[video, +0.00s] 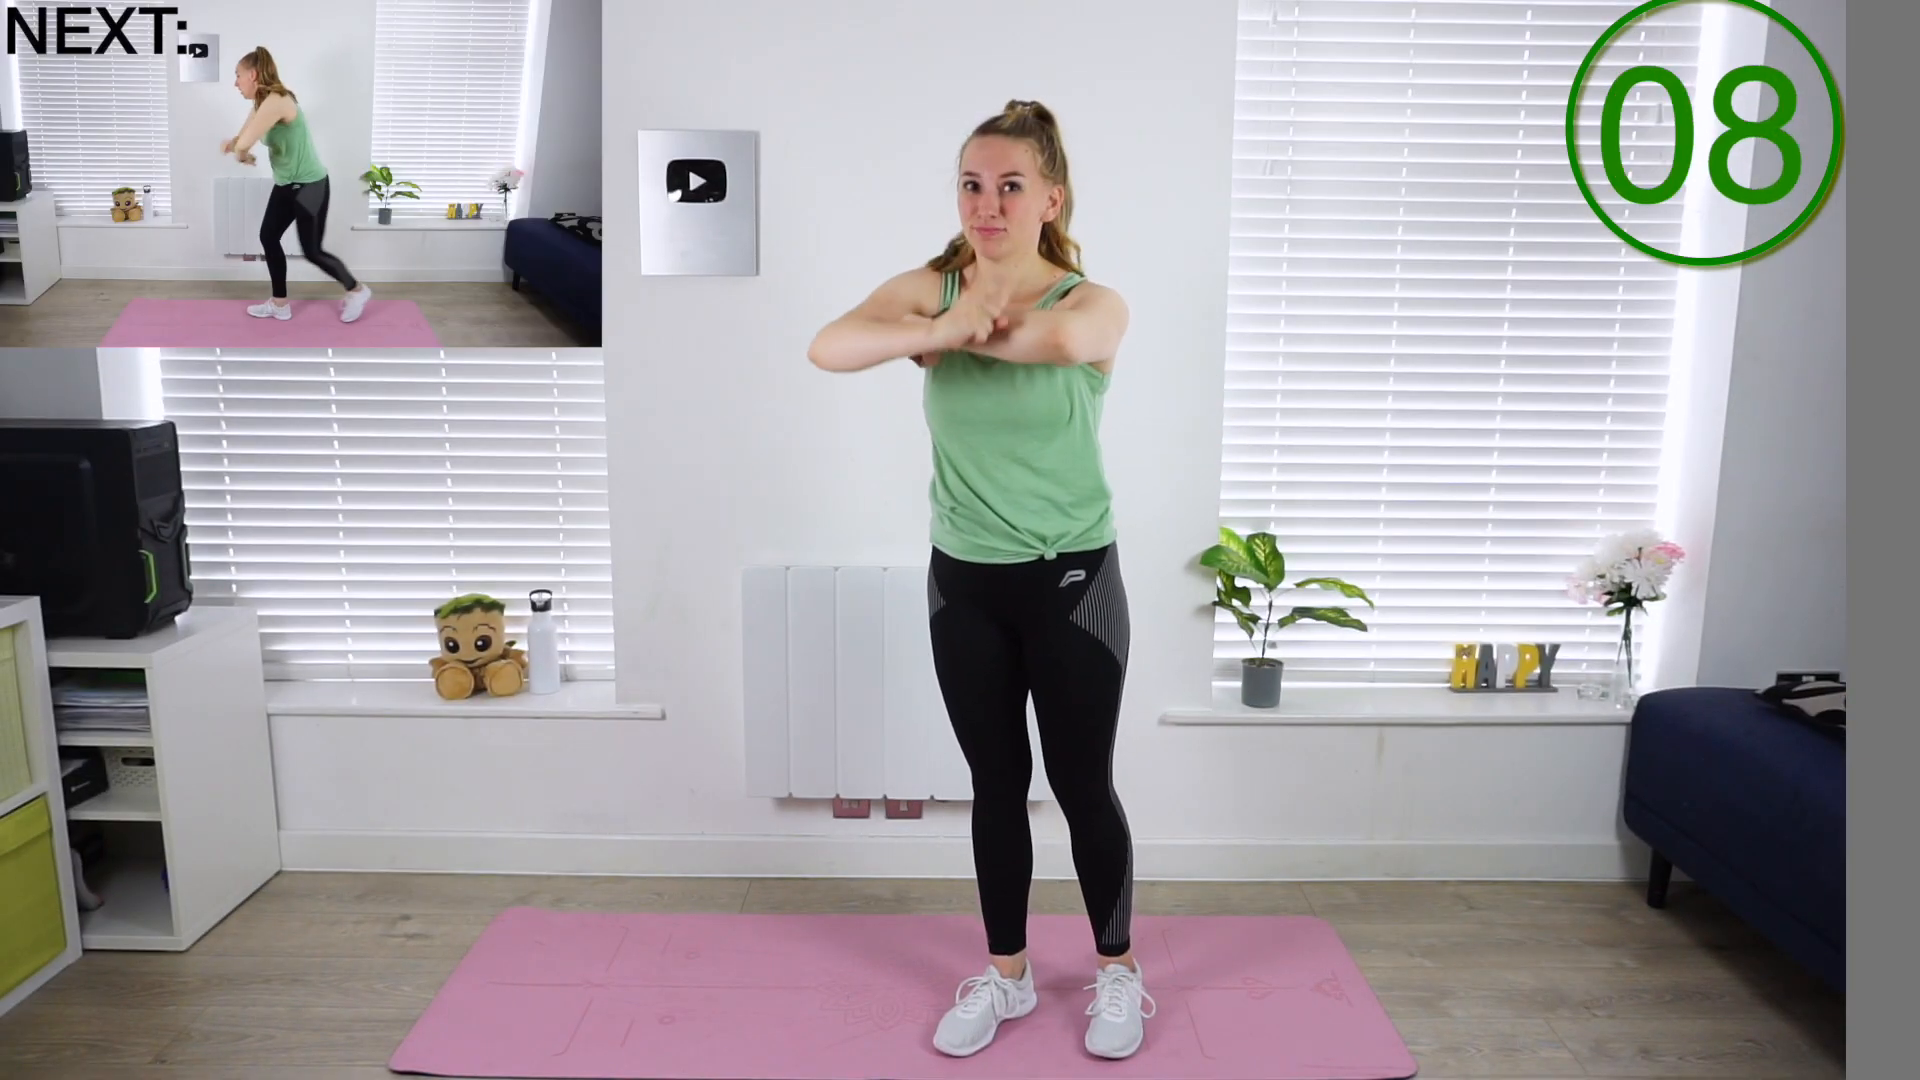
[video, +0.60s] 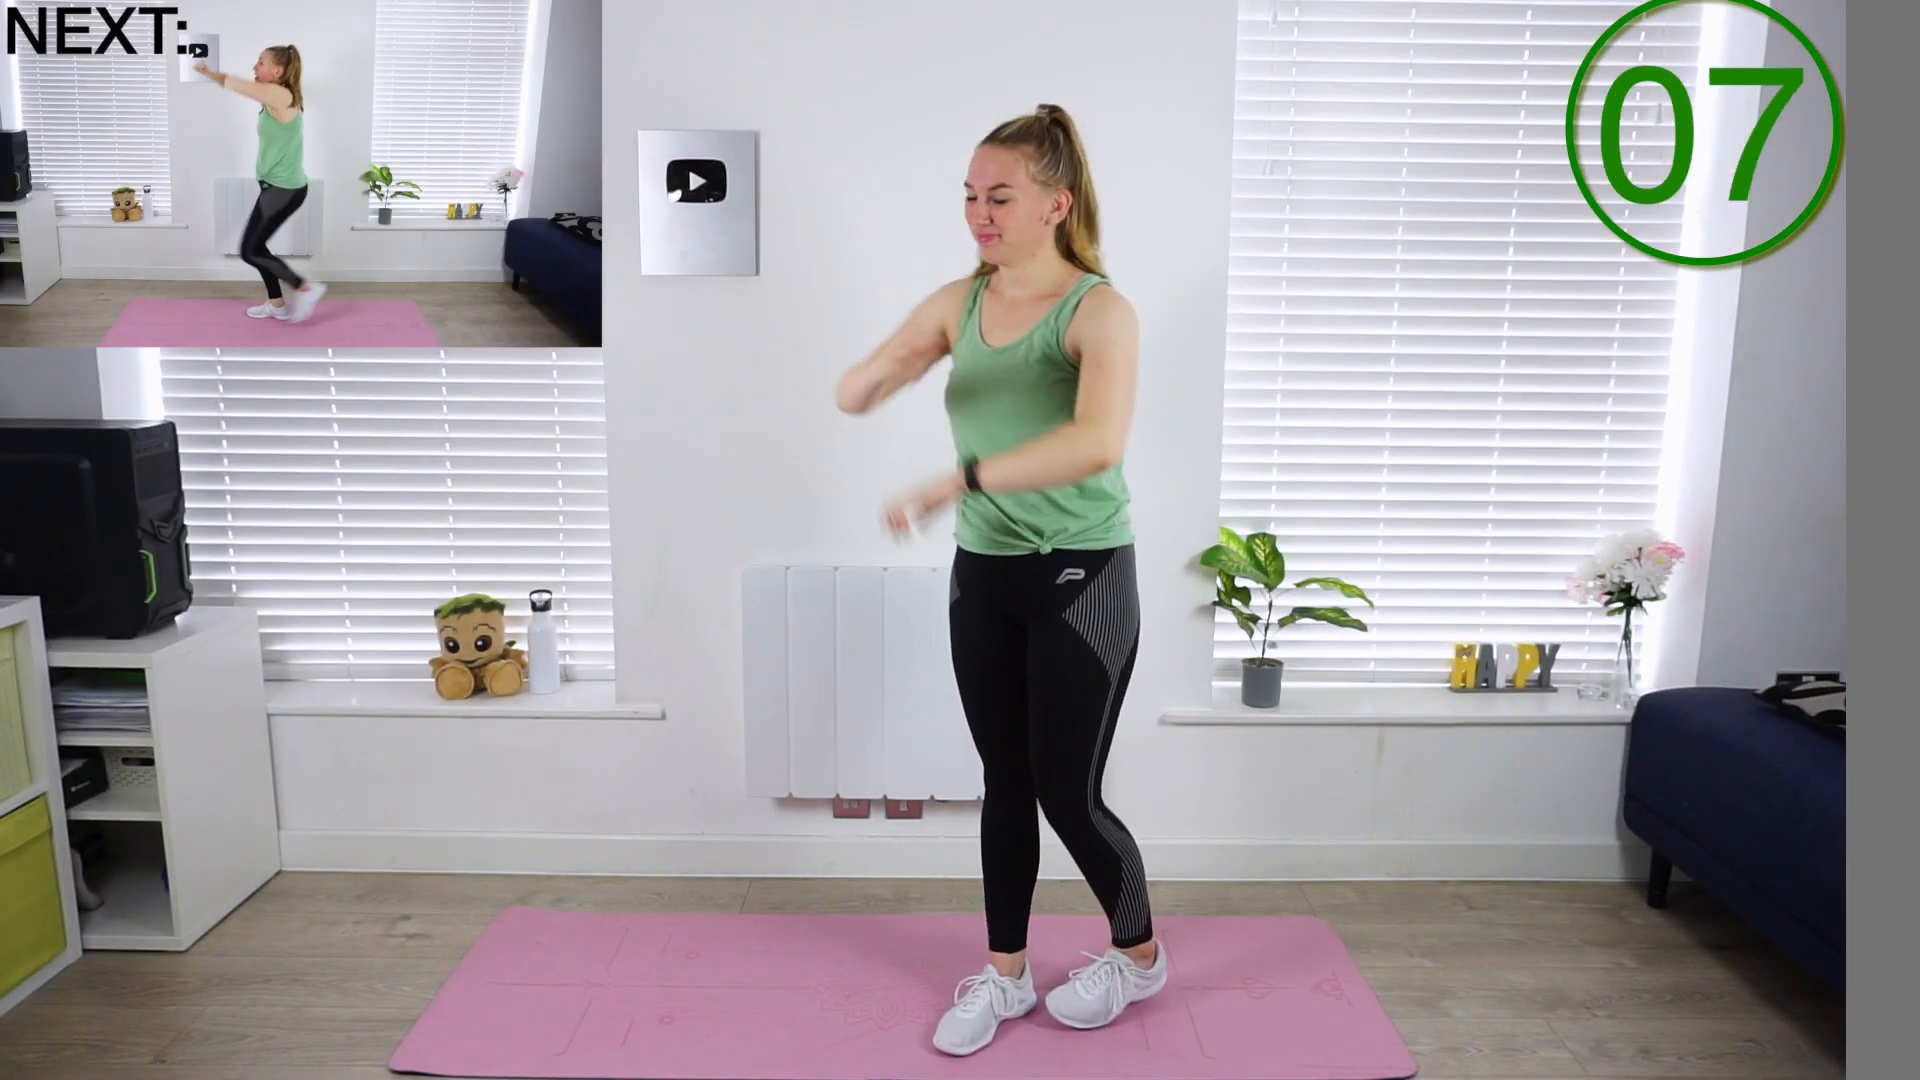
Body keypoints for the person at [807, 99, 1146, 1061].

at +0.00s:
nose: (987, 204)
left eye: (1010, 186)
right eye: (972, 184)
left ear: (1053, 198)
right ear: (956, 193)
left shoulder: (1092, 299)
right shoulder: (924, 290)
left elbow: (1069, 341)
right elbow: (827, 350)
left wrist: (958, 340)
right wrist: (941, 326)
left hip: (1073, 578)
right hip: (964, 578)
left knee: (1084, 786)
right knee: (996, 786)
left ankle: (1116, 970)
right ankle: (1007, 971)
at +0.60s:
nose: (978, 211)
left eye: (999, 195)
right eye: (972, 193)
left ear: (1059, 204)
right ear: (967, 198)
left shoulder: (1100, 311)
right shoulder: (959, 303)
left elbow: (1098, 444)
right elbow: (853, 394)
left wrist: (960, 478)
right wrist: (884, 374)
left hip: (1082, 576)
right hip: (985, 573)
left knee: (1067, 789)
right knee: (1005, 782)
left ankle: (1138, 953)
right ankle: (1007, 970)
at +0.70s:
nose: (981, 227)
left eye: (996, 210)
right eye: (977, 210)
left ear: (1061, 207)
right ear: (999, 214)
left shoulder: (1116, 317)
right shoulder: (985, 310)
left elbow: (1112, 469)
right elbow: (914, 412)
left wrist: (996, 548)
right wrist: (871, 448)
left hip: (1088, 585)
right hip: (998, 578)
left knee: (1072, 793)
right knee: (1012, 786)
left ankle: (1144, 963)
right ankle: (1007, 971)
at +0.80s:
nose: (991, 238)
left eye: (1001, 218)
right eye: (987, 220)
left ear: (1062, 209)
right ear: (1040, 215)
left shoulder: (1131, 321)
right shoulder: (1017, 308)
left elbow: (1105, 487)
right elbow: (969, 435)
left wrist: (1030, 603)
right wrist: (920, 526)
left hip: (1100, 583)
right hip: (1010, 571)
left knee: (1082, 782)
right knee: (1020, 779)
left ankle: (1144, 966)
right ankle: (1007, 970)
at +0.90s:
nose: (1001, 245)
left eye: (1008, 226)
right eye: (997, 228)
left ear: (1068, 213)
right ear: (1059, 217)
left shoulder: (1144, 324)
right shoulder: (1045, 308)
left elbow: (1114, 492)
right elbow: (1026, 455)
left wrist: (1067, 621)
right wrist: (986, 562)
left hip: (1116, 578)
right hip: (1031, 570)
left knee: (1099, 779)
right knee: (1030, 778)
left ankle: (1147, 966)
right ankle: (1007, 967)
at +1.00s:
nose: (1009, 253)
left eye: (1015, 234)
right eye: (1004, 236)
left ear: (1069, 220)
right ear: (1066, 223)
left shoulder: (1148, 328)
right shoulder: (1072, 307)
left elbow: (1136, 497)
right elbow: (1069, 459)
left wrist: (1106, 629)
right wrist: (1045, 568)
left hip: (1129, 577)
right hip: (1052, 569)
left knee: (1115, 777)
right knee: (1037, 777)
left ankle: (1146, 964)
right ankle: (1006, 962)